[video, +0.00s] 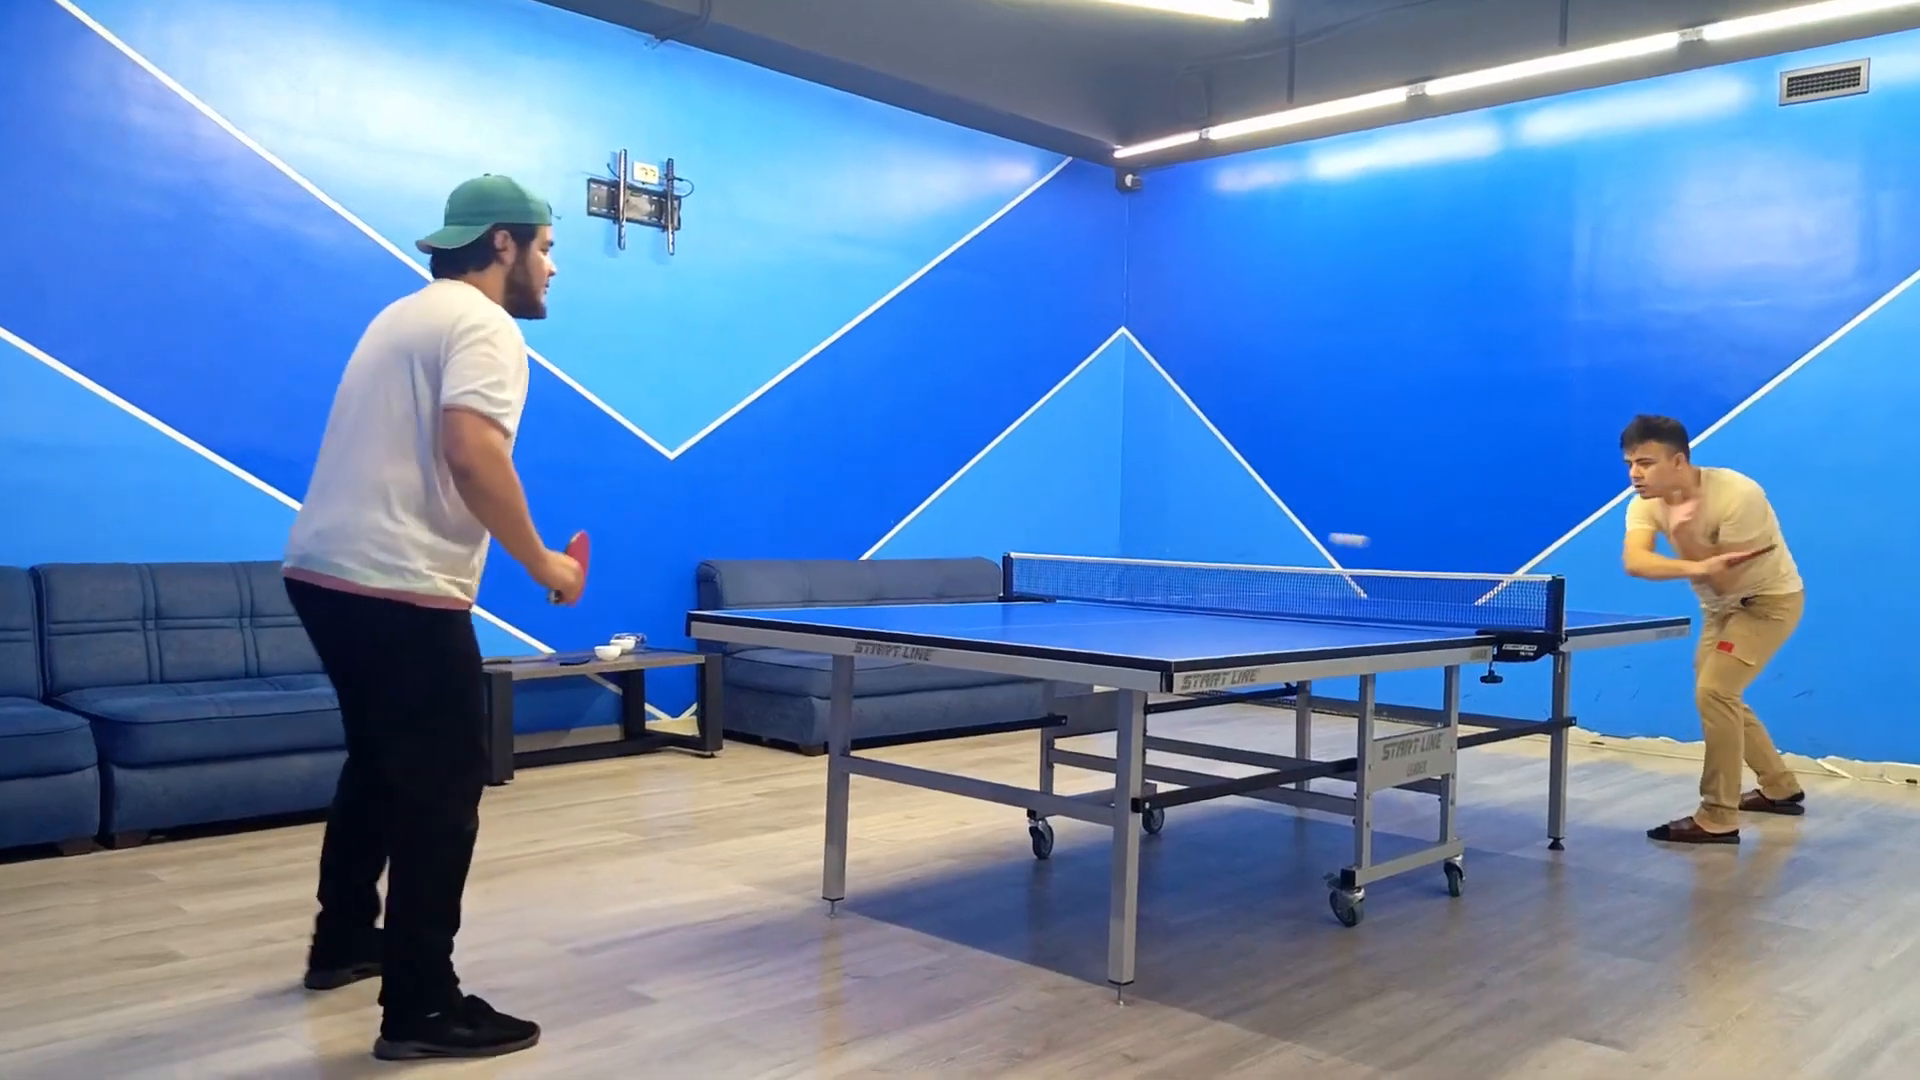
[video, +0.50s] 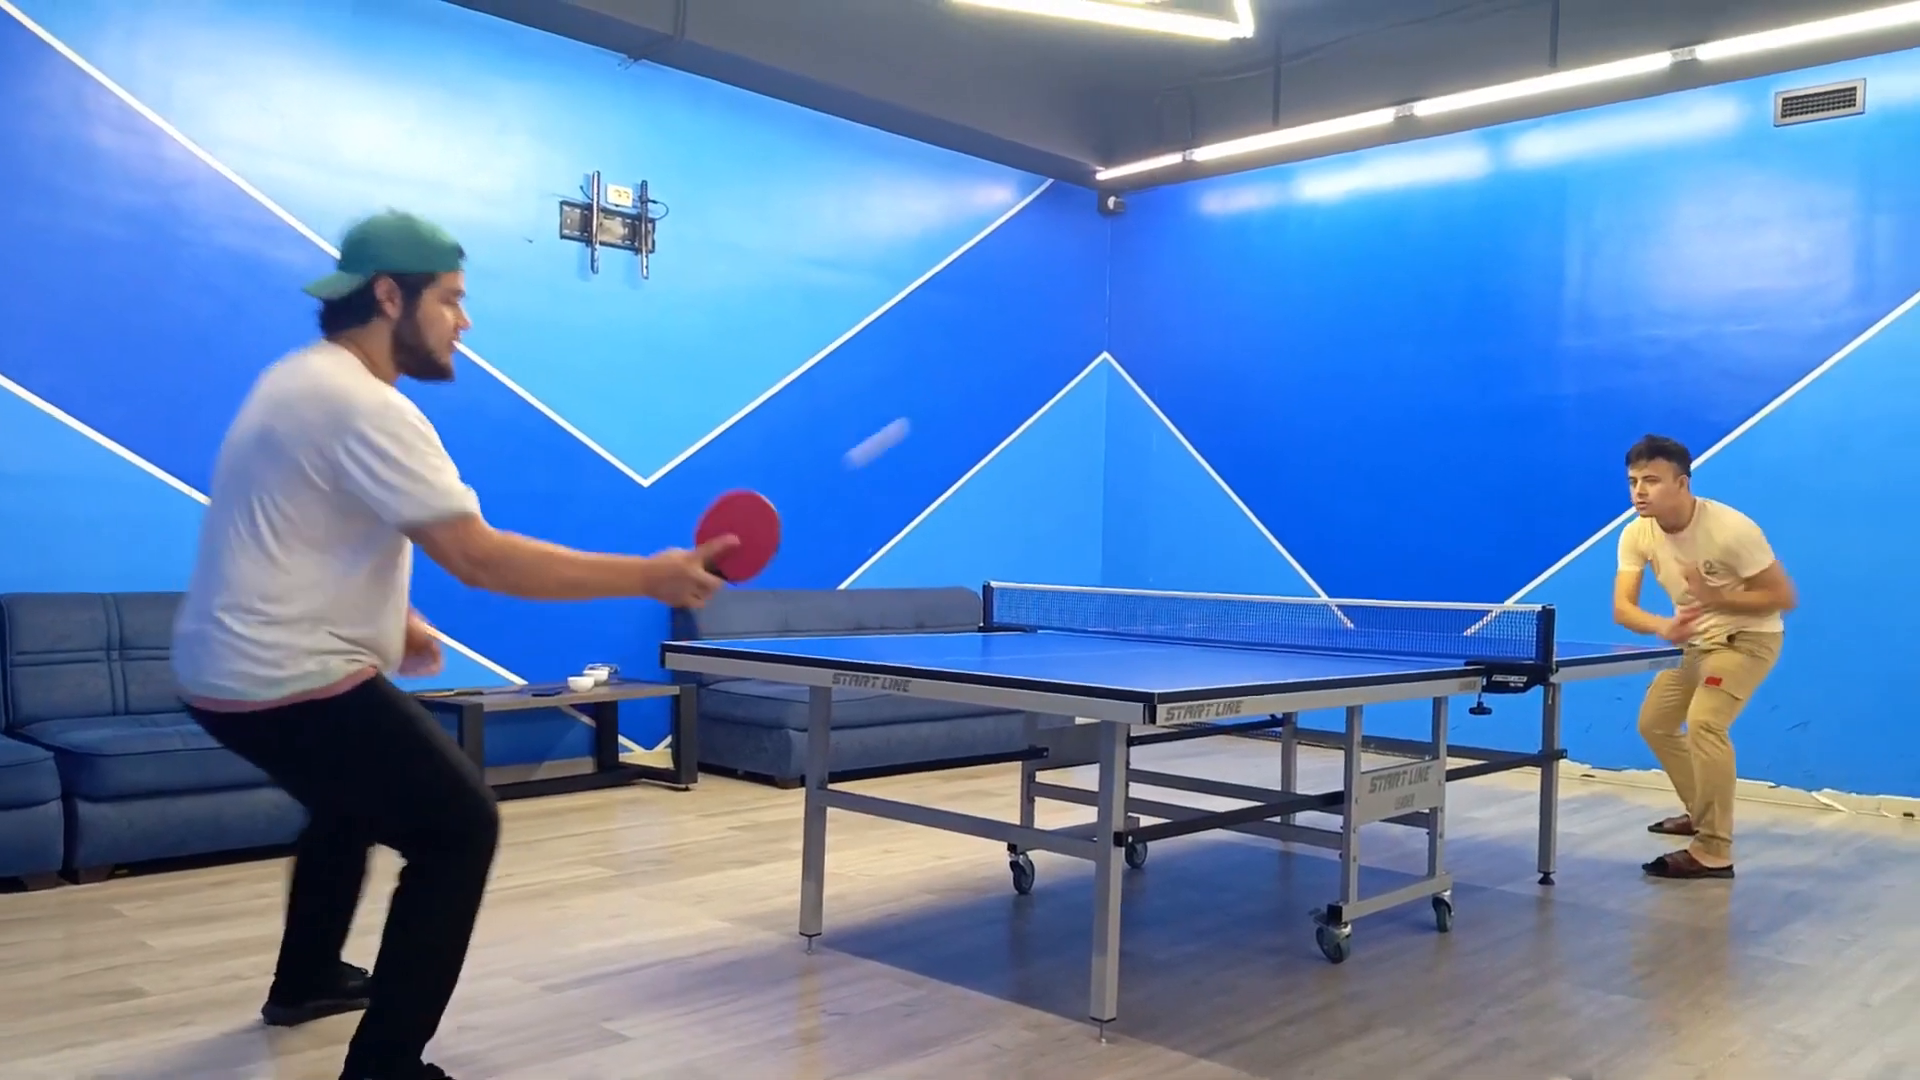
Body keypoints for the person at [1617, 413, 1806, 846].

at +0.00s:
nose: (1634, 475)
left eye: (1644, 463)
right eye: (1631, 464)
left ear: (1679, 460)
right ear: (1628, 464)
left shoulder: (1738, 496)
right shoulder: (1645, 502)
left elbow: (1731, 577)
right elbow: (1634, 562)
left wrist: (1684, 536)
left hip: (1769, 599)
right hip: (1718, 607)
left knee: (1715, 693)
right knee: (1714, 696)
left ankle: (1717, 818)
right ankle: (1781, 788)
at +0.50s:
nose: (1639, 491)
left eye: (1651, 481)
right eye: (1634, 482)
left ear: (1682, 483)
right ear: (1630, 485)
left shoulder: (1731, 529)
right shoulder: (1637, 533)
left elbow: (1785, 595)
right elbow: (1622, 609)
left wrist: (1719, 598)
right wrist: (1662, 626)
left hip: (1749, 636)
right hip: (1696, 640)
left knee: (1705, 725)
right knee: (1656, 725)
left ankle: (1714, 850)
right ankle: (1702, 814)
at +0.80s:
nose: (1575, 475)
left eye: (1586, 465)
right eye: (1570, 468)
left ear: (1618, 472)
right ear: (1567, 475)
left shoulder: (1648, 515)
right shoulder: (1601, 532)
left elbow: (1680, 587)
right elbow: (1622, 600)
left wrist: (1606, 590)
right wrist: (1575, 635)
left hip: (1687, 634)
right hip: (1645, 638)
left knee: (1625, 719)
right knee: (1597, 717)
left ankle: (1657, 845)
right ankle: (1646, 810)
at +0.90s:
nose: (1612, 469)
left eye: (1623, 460)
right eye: (1609, 462)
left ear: (1657, 464)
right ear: (1609, 468)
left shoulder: (1666, 501)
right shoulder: (1662, 508)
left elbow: (1650, 575)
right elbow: (1682, 599)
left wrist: (1597, 577)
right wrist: (1635, 634)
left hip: (1711, 636)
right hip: (1688, 636)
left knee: (1644, 724)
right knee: (1634, 717)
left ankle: (1690, 851)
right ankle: (1681, 815)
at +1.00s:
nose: (1648, 463)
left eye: (1657, 451)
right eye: (1645, 455)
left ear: (1691, 453)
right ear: (1693, 459)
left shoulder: (1688, 487)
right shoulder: (1730, 499)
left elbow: (1622, 542)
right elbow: (1763, 583)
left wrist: (1613, 555)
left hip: (1725, 630)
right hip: (1745, 628)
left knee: (1671, 730)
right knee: (1686, 722)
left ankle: (1723, 853)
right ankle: (1720, 816)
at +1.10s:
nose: (1673, 470)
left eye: (1682, 459)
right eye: (1672, 461)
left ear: (1718, 459)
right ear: (1723, 463)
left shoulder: (1705, 491)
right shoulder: (1774, 509)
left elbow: (1631, 517)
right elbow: (1817, 582)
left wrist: (1621, 551)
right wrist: (1795, 632)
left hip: (1747, 633)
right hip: (1786, 635)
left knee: (1691, 736)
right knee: (1723, 726)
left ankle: (1747, 854)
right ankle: (1762, 824)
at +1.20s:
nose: (1690, 484)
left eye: (1699, 473)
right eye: (1689, 474)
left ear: (1735, 475)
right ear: (1741, 478)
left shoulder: (1732, 505)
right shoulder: (1790, 521)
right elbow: (1847, 587)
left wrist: (1646, 559)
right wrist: (1841, 620)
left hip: (1773, 650)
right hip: (1812, 651)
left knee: (1698, 741)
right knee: (1747, 731)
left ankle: (1753, 858)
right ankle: (1789, 824)